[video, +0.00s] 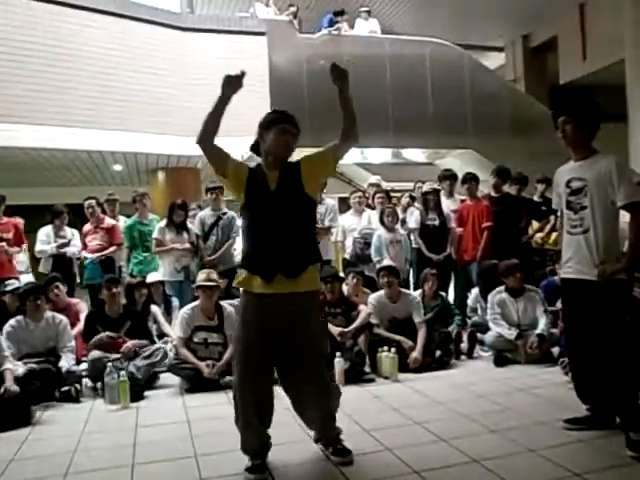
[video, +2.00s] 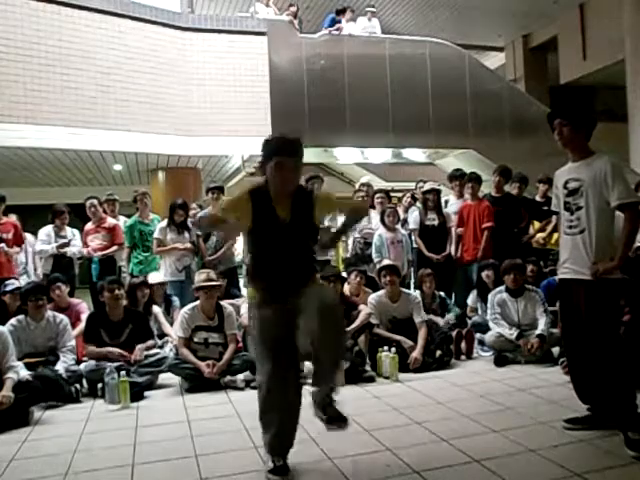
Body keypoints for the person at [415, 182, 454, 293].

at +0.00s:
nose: (432, 200)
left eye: (435, 197)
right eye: (429, 197)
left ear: (438, 198)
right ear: (424, 198)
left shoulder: (445, 214)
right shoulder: (419, 214)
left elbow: (450, 233)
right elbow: (416, 235)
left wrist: (447, 251)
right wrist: (428, 254)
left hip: (442, 255)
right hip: (425, 255)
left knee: (442, 289)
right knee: (423, 287)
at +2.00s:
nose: (432, 198)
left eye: (435, 195)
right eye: (429, 194)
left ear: (438, 197)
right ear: (424, 197)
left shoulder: (445, 214)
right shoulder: (418, 214)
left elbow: (449, 234)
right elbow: (416, 236)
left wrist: (447, 251)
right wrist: (428, 254)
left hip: (443, 257)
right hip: (425, 257)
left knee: (444, 290)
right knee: (425, 289)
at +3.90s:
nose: (436, 200)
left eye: (439, 197)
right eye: (432, 196)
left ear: (443, 199)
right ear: (428, 199)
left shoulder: (449, 217)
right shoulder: (422, 216)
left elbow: (454, 236)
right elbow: (420, 238)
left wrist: (452, 253)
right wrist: (432, 256)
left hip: (447, 258)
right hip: (429, 258)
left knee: (448, 292)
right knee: (428, 291)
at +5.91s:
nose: (437, 200)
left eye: (440, 196)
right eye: (434, 196)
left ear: (443, 199)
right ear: (429, 198)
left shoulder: (449, 217)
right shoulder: (423, 216)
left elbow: (454, 236)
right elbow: (420, 238)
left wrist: (451, 254)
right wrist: (432, 257)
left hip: (447, 260)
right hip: (429, 260)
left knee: (447, 292)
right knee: (428, 291)